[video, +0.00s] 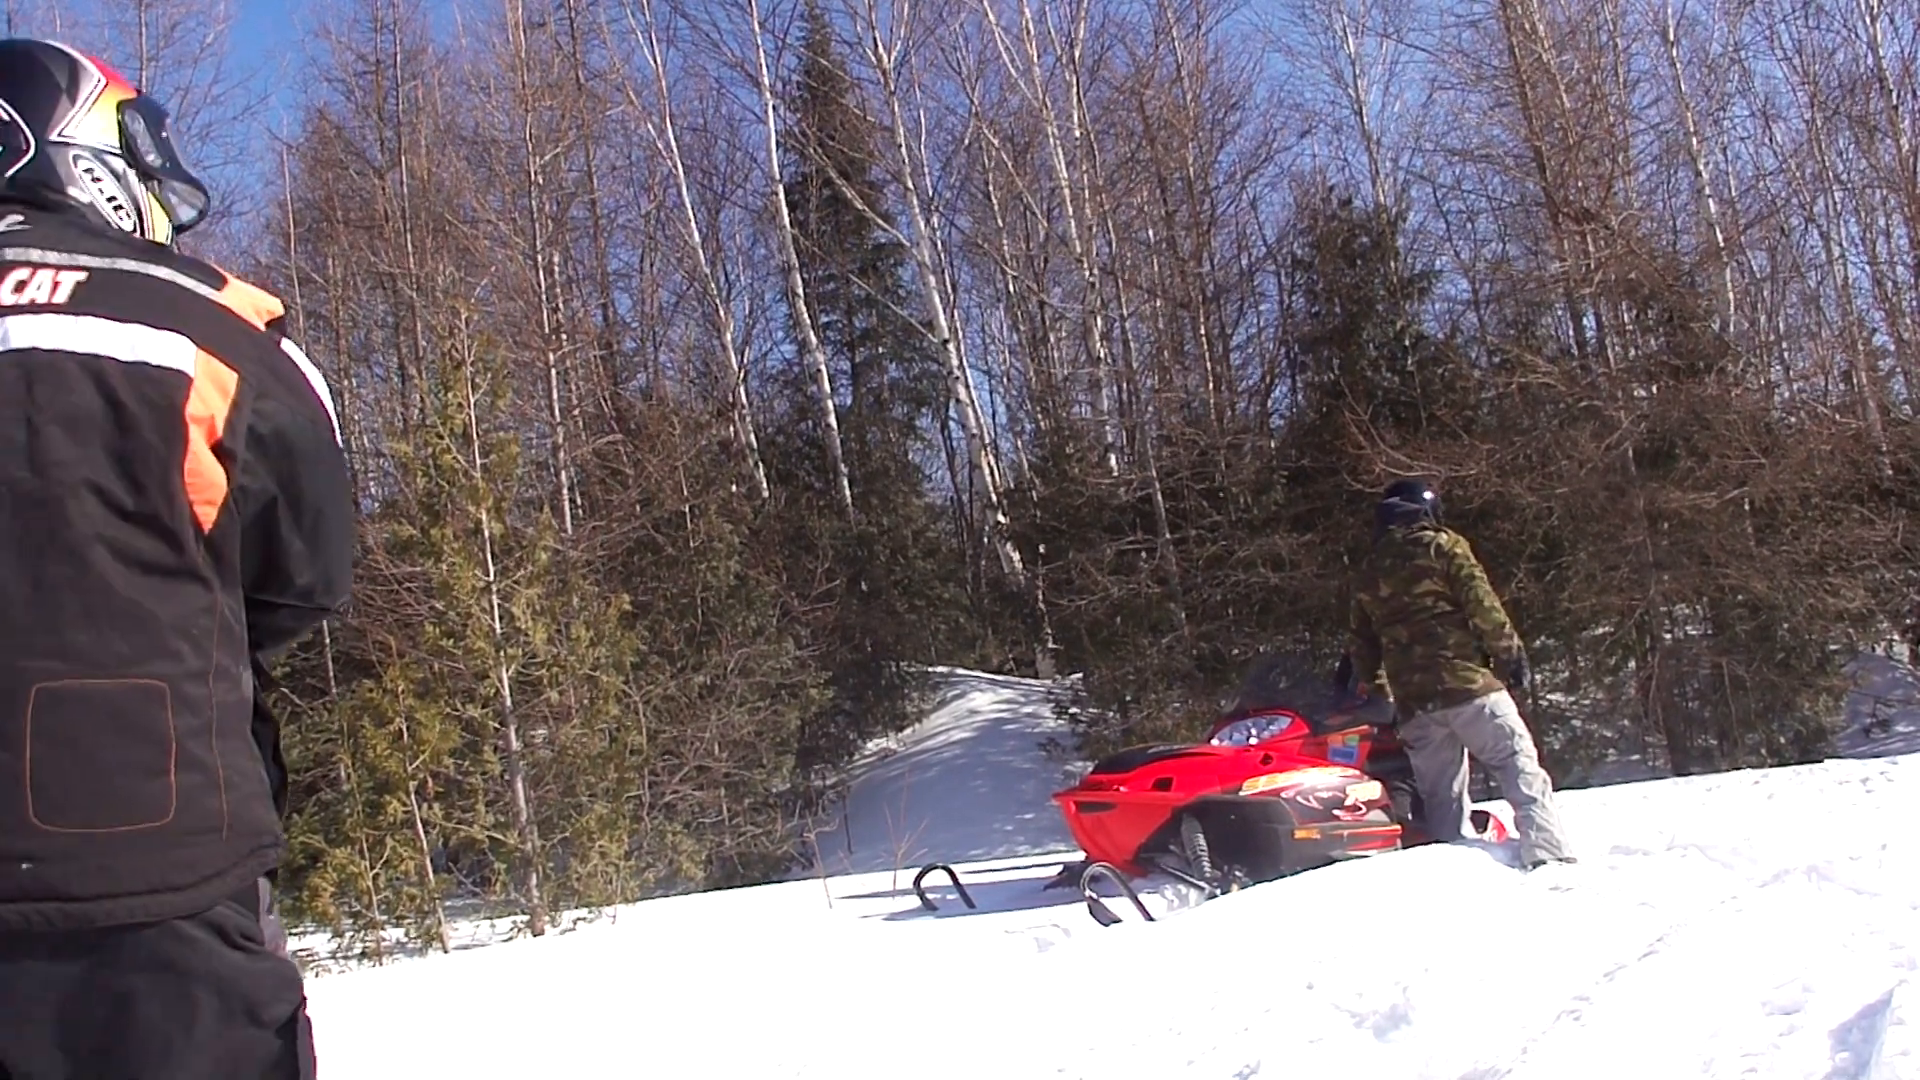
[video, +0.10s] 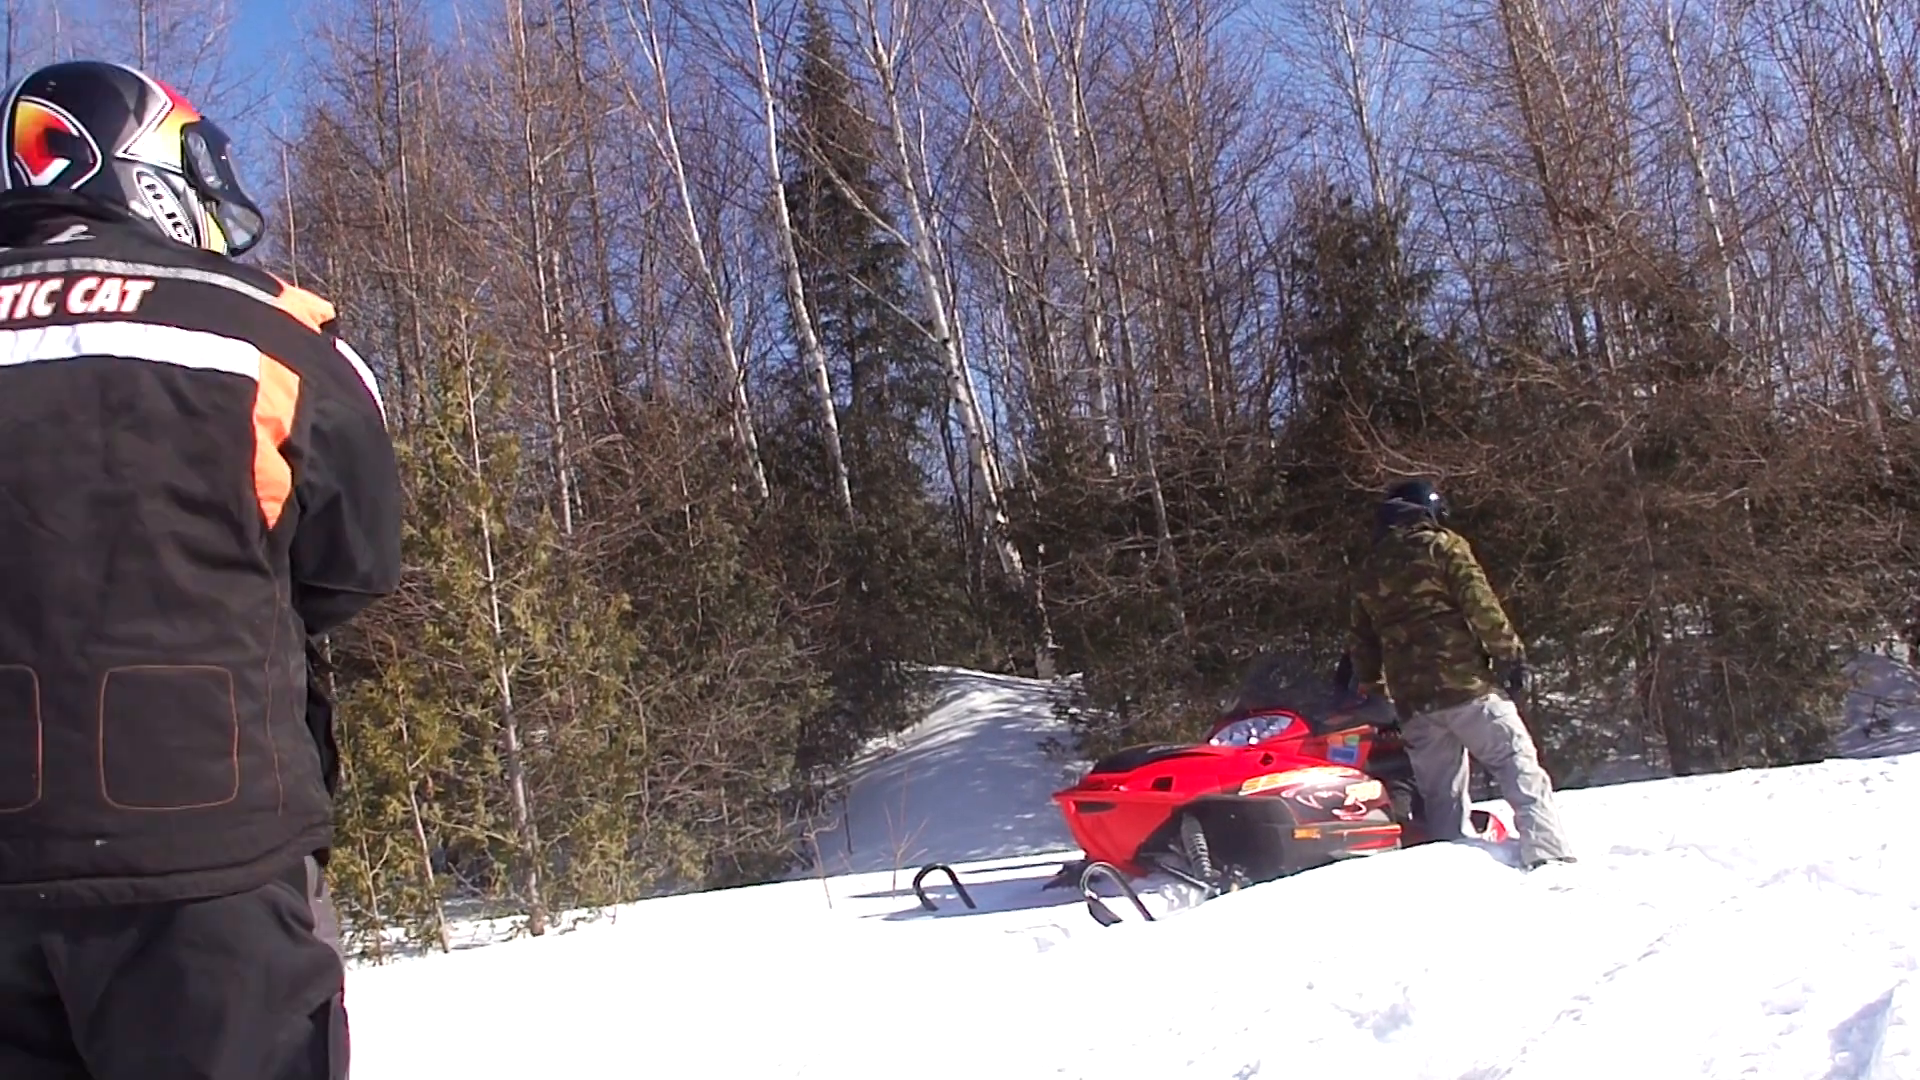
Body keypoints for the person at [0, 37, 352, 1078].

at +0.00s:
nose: (180, 190)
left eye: (166, 156)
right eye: (153, 154)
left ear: (19, 164)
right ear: (101, 157)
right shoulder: (219, 323)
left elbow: (304, 579)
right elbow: (308, 579)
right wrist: (182, 642)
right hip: (161, 940)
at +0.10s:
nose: (227, 206)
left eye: (217, 175)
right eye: (208, 174)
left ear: (20, 175)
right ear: (162, 175)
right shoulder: (272, 323)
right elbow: (355, 560)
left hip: (2, 886)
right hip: (208, 885)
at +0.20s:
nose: (262, 207)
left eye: (253, 185)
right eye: (246, 185)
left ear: (39, 200)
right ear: (212, 188)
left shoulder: (5, 320)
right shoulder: (324, 332)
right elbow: (379, 571)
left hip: (25, 877)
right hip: (242, 872)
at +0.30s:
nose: (294, 228)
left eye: (285, 207)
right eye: (280, 205)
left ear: (79, 219)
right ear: (250, 209)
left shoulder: (13, 339)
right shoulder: (357, 349)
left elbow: (16, 568)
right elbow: (403, 577)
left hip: (56, 846)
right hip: (267, 839)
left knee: (183, 1059)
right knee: (265, 1059)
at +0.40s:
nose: (319, 259)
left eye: (309, 237)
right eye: (303, 235)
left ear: (110, 250)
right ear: (273, 236)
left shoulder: (20, 375)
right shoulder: (383, 365)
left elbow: (16, 587)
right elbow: (437, 575)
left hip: (91, 834)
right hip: (299, 820)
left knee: (213, 1056)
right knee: (281, 1059)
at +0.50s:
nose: (337, 285)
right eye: (323, 264)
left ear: (135, 283)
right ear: (297, 266)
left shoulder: (25, 418)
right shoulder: (410, 398)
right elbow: (459, 600)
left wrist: (21, 758)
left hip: (140, 844)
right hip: (347, 828)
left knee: (251, 1057)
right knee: (326, 1061)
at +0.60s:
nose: (355, 286)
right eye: (342, 268)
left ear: (167, 286)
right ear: (318, 272)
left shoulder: (63, 415)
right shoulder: (427, 403)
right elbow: (475, 596)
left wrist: (36, 728)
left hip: (173, 822)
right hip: (366, 814)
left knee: (263, 1059)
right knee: (375, 1057)